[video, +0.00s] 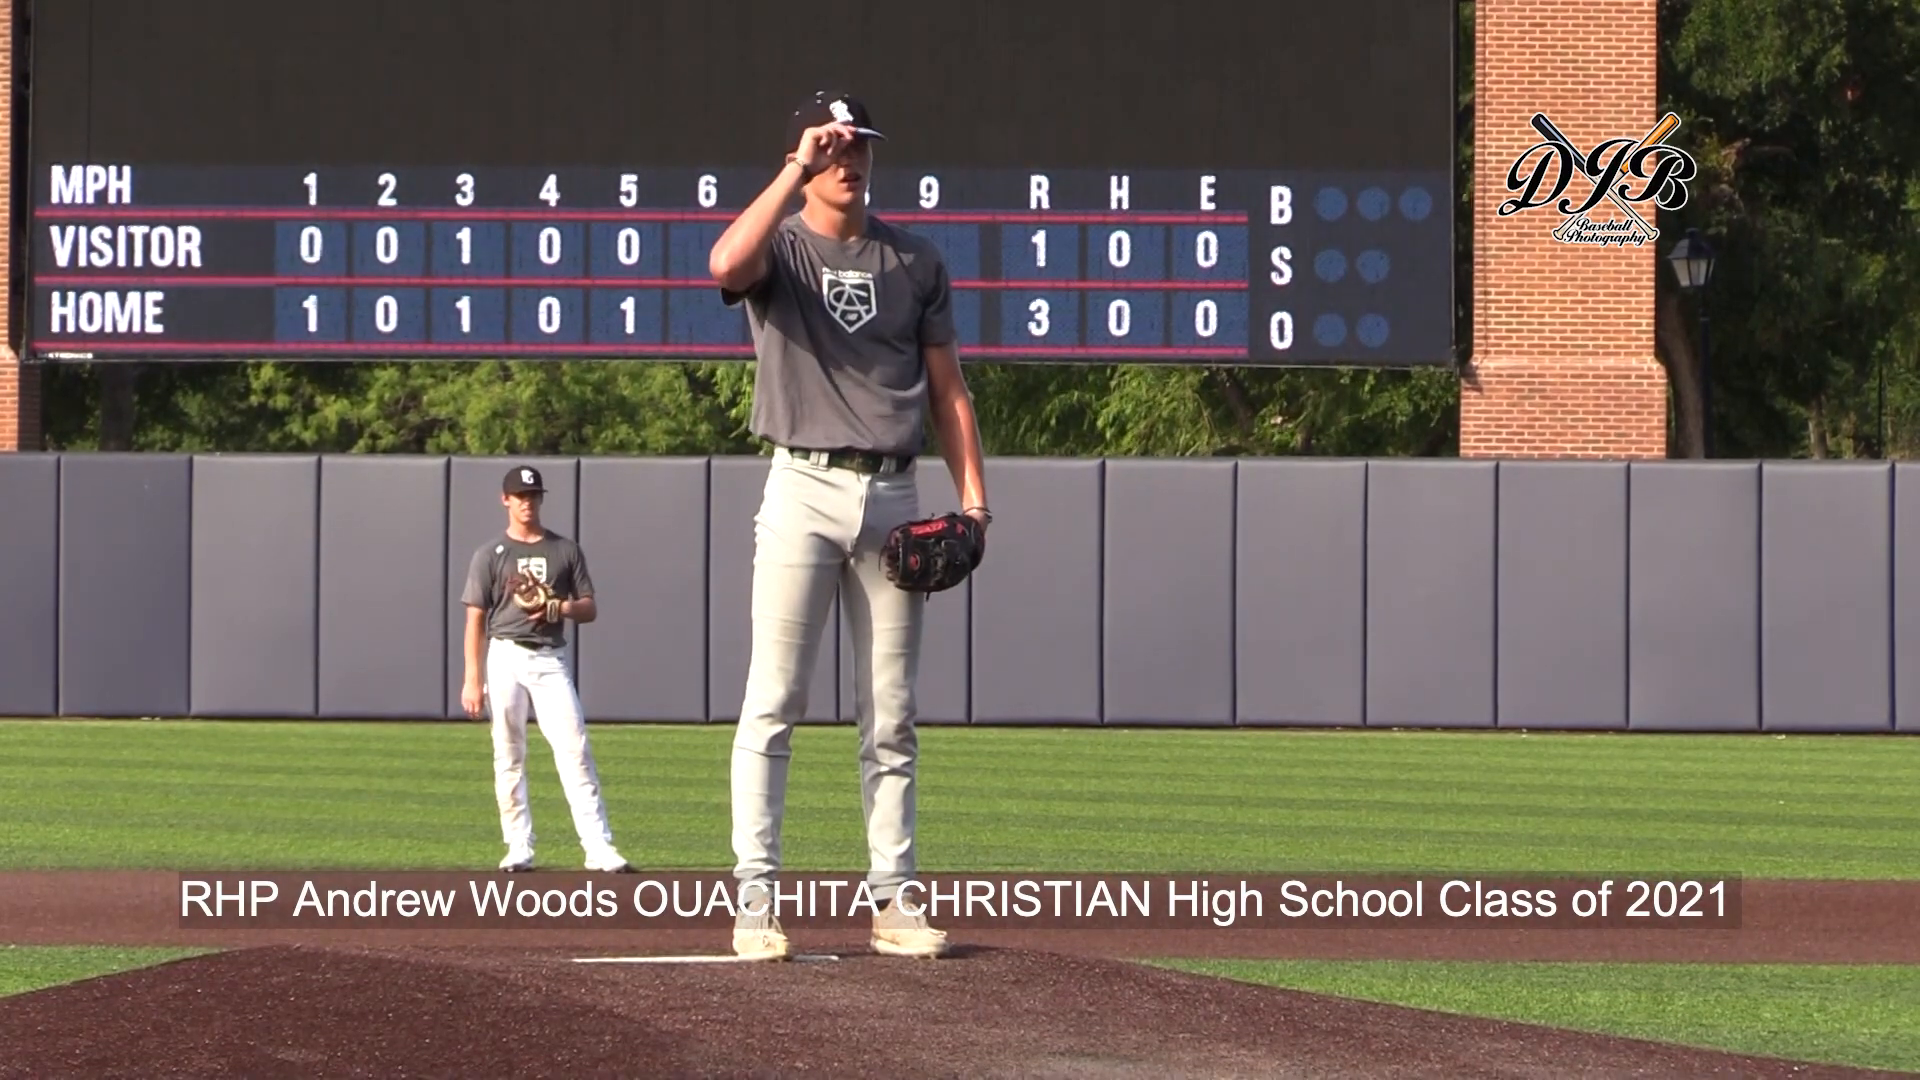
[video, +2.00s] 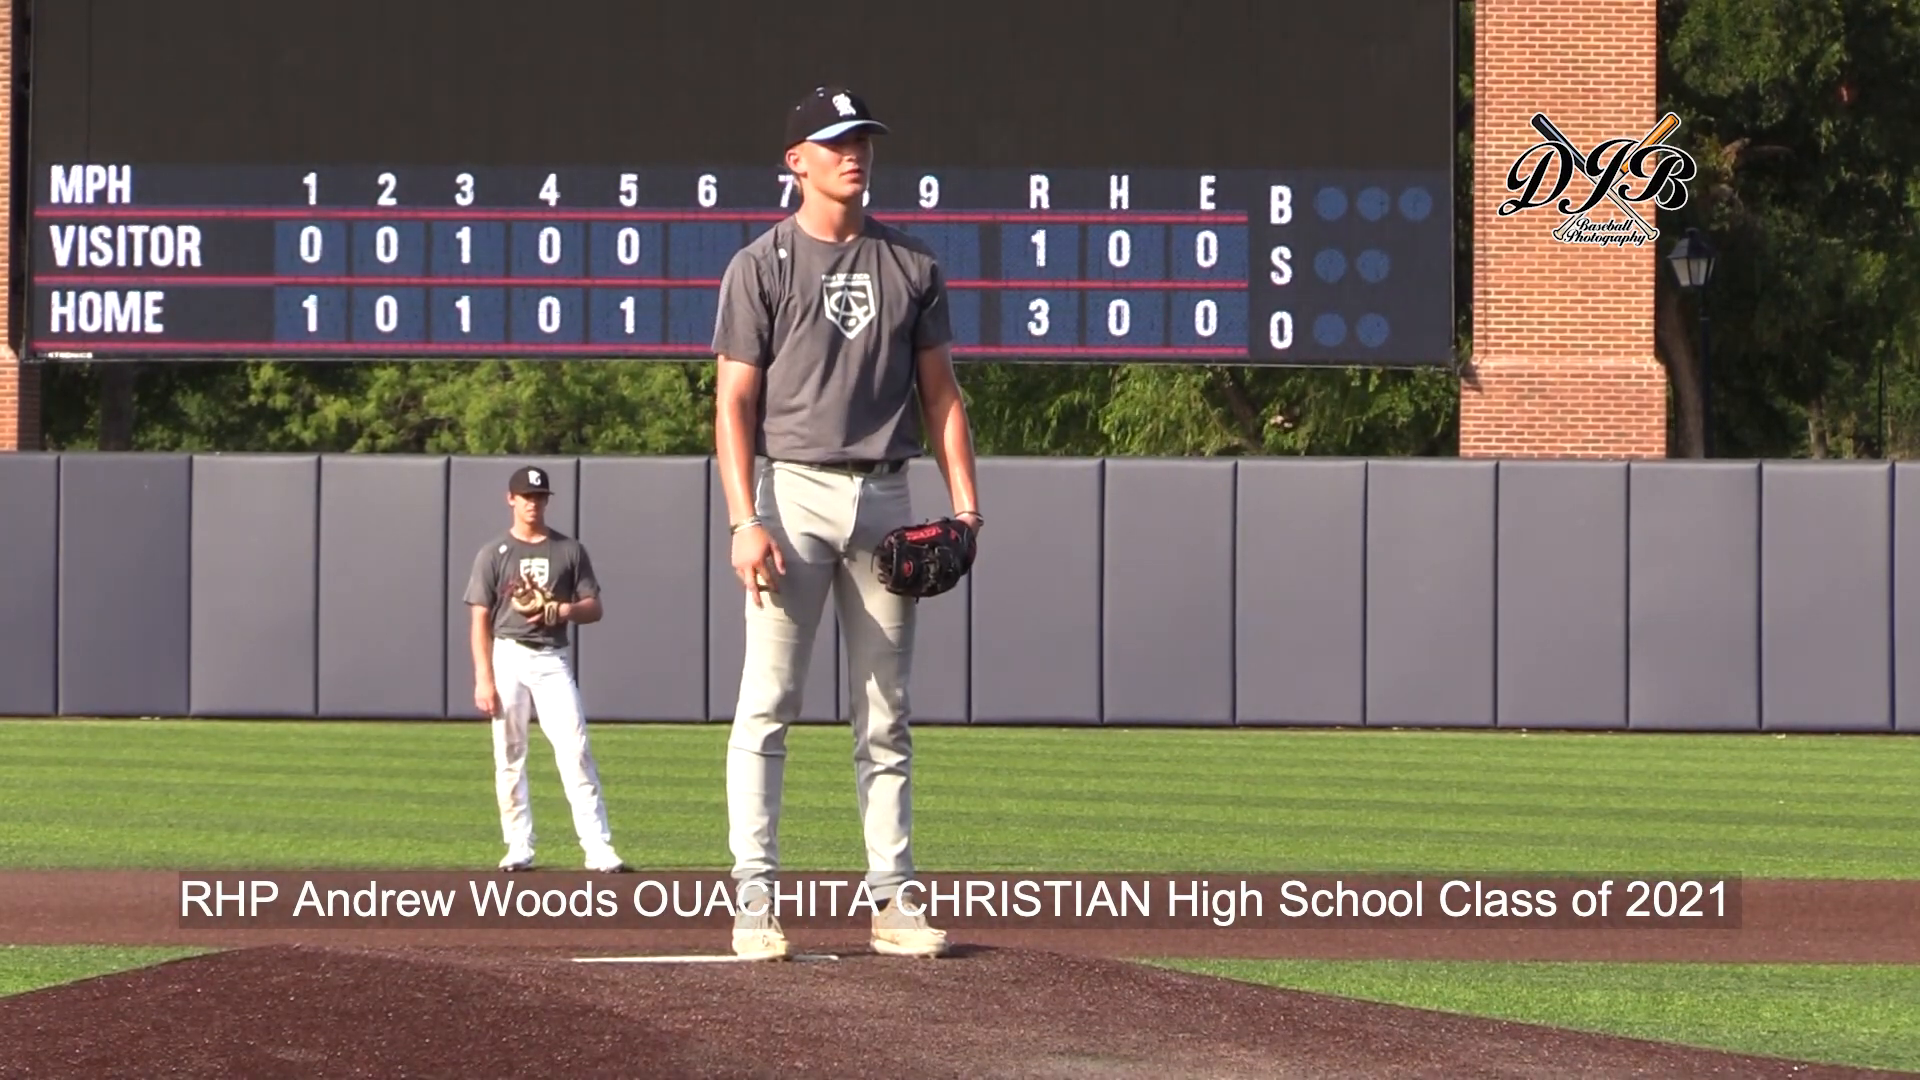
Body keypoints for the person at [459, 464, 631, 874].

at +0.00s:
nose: (528, 504)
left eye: (533, 497)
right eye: (520, 497)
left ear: (541, 500)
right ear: (506, 501)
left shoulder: (567, 550)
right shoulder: (489, 556)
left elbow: (588, 609)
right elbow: (475, 622)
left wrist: (559, 606)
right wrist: (472, 679)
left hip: (550, 659)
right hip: (504, 657)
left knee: (576, 749)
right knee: (508, 757)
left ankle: (600, 851)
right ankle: (518, 851)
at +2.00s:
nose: (534, 504)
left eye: (540, 497)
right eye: (527, 497)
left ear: (548, 500)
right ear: (511, 500)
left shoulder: (571, 550)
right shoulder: (492, 555)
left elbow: (593, 608)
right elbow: (480, 622)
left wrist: (560, 610)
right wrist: (484, 680)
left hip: (552, 658)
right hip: (505, 656)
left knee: (576, 749)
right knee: (509, 756)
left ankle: (599, 852)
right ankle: (519, 850)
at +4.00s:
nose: (532, 504)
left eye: (538, 497)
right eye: (525, 497)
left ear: (546, 500)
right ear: (509, 500)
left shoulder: (569, 551)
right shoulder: (491, 555)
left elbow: (591, 610)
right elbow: (479, 620)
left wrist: (558, 609)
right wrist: (483, 678)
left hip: (552, 658)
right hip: (505, 657)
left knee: (576, 750)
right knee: (509, 757)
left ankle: (600, 852)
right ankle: (519, 851)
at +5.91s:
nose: (585, 504)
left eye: (591, 497)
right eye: (578, 497)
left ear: (600, 499)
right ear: (564, 497)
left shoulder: (616, 554)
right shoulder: (539, 545)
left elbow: (634, 610)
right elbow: (518, 603)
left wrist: (607, 621)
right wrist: (519, 662)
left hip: (594, 659)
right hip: (548, 655)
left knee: (587, 757)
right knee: (536, 751)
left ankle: (578, 850)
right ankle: (524, 839)